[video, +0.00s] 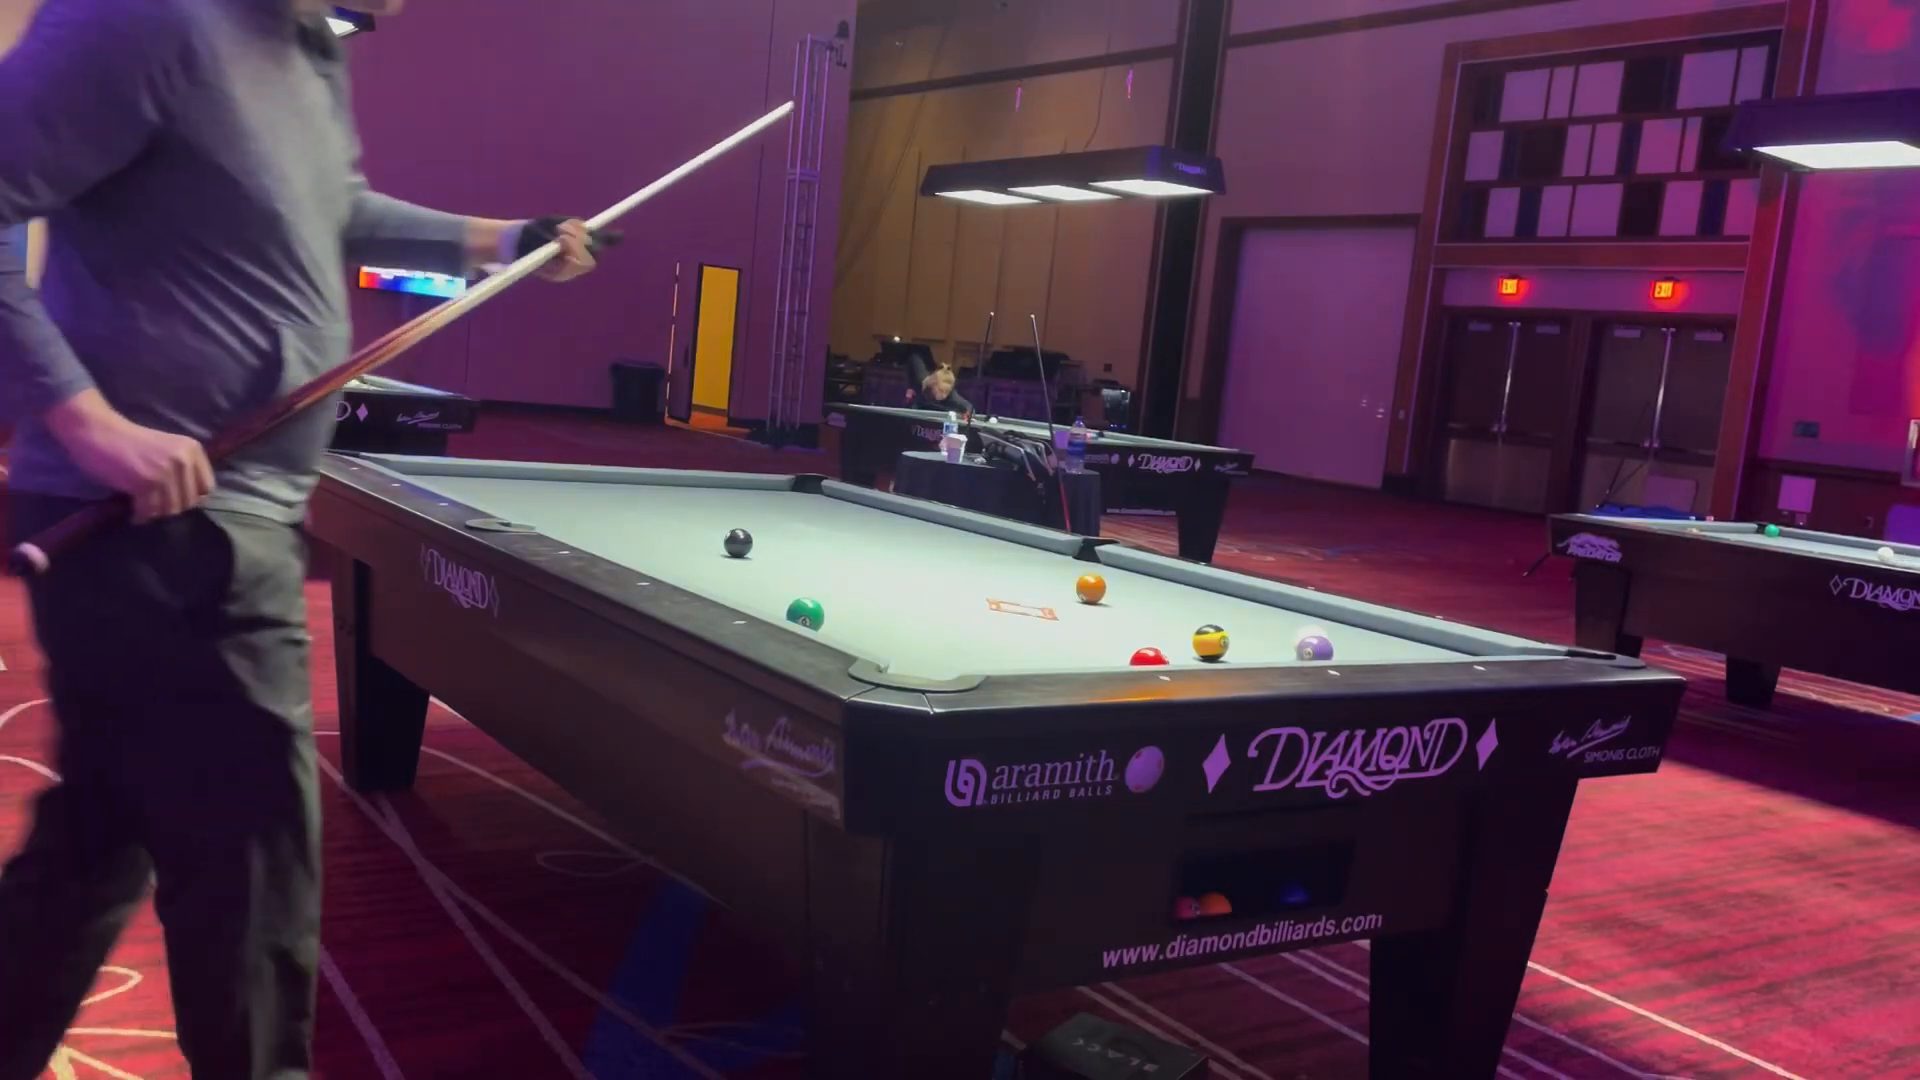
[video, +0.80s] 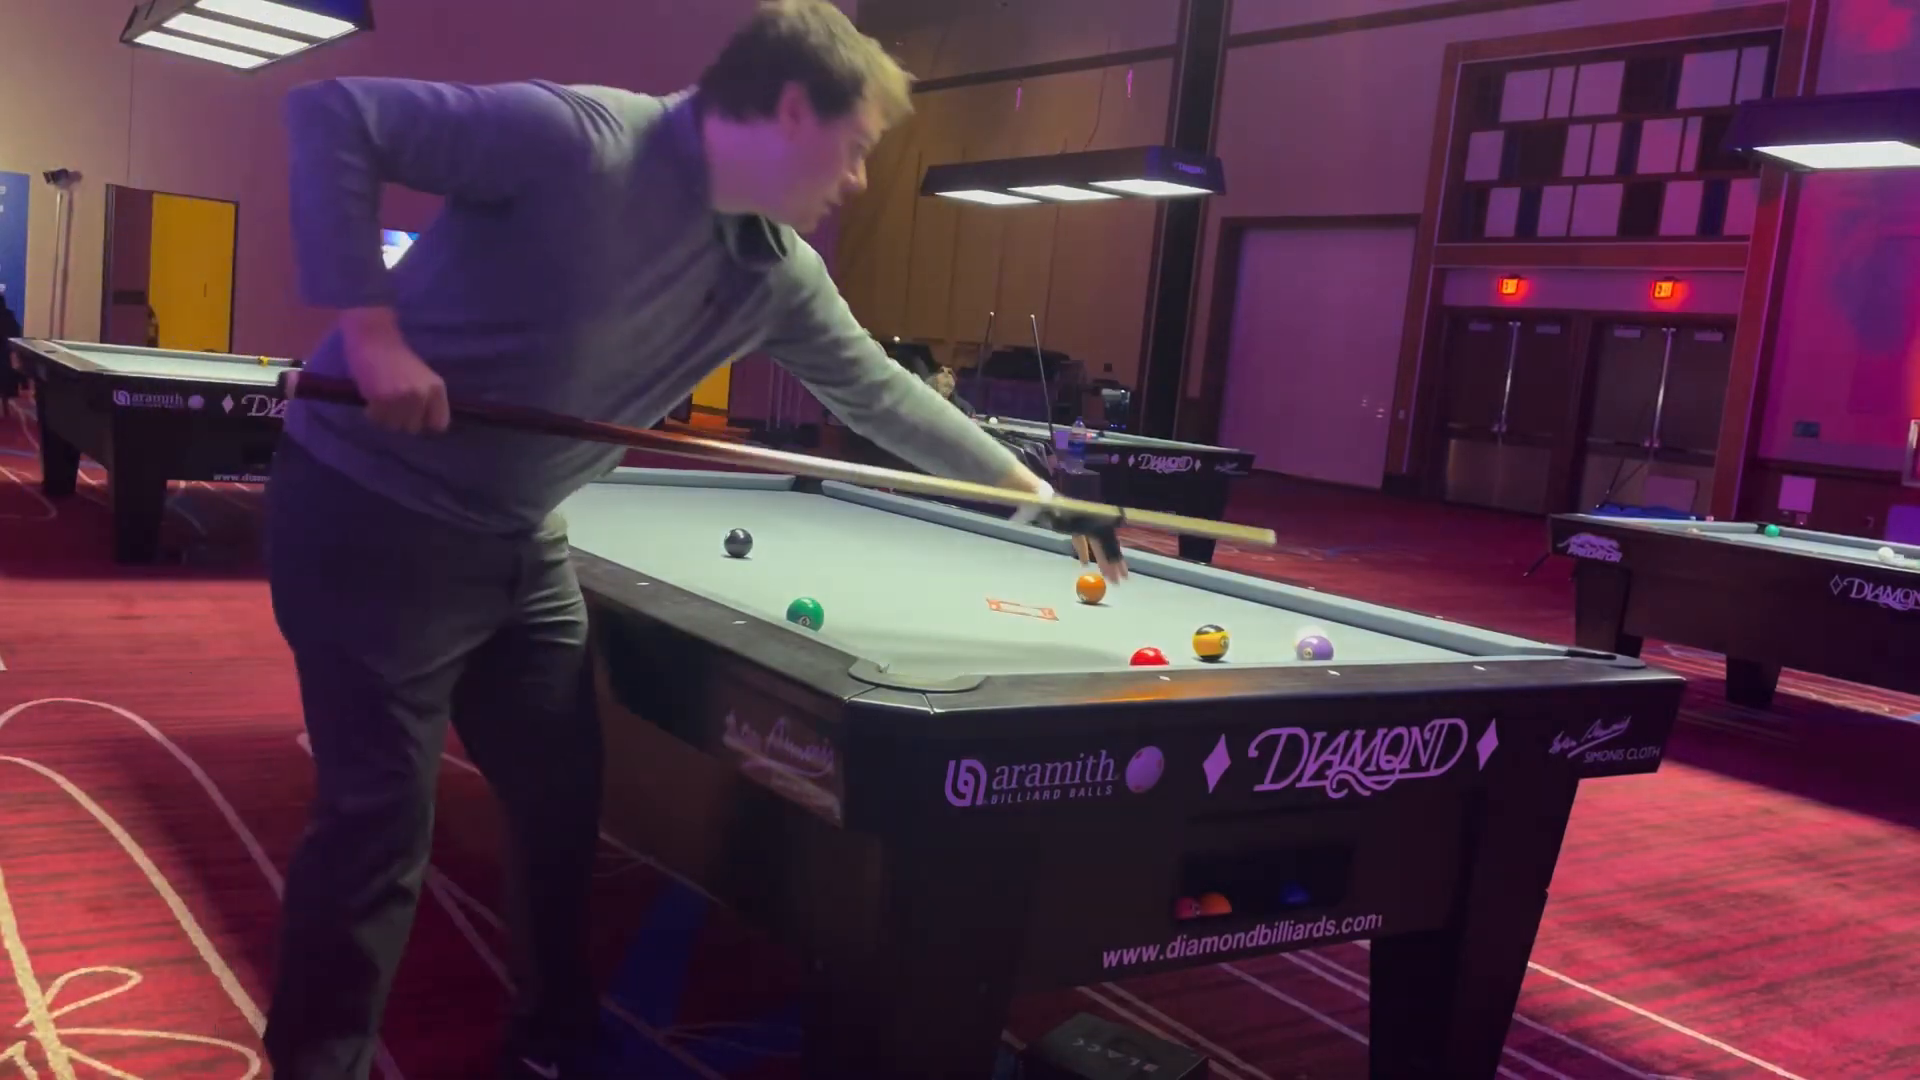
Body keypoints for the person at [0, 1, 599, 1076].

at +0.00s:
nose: (403, 1)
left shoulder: (309, 52)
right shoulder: (148, 22)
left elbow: (325, 210)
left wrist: (497, 240)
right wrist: (78, 414)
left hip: (231, 515)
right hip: (168, 521)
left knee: (92, 840)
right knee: (255, 866)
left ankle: (8, 1049)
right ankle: (263, 1064)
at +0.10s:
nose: (464, 2)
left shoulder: (372, 55)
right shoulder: (203, 31)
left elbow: (398, 207)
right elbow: (7, 188)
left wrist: (559, 236)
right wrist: (119, 416)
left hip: (292, 522)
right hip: (199, 524)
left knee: (212, 834)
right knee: (281, 869)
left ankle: (45, 1056)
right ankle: (267, 1066)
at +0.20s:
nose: (515, 10)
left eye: (516, 5)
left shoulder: (425, 62)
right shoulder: (252, 35)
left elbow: (474, 206)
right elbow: (28, 176)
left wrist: (642, 234)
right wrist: (163, 397)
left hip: (338, 518)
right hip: (231, 520)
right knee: (268, 869)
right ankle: (262, 1072)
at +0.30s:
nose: (576, 9)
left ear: (522, 4)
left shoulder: (492, 84)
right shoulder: (296, 33)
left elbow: (542, 209)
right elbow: (48, 142)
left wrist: (719, 242)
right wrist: (203, 354)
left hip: (382, 518)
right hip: (254, 518)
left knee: (444, 758)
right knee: (283, 857)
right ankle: (261, 1065)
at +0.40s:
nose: (639, 17)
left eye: (646, 5)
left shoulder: (550, 107)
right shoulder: (346, 43)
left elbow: (641, 236)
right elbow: (87, 133)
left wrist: (824, 284)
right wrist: (221, 343)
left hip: (416, 523)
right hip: (279, 520)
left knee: (470, 779)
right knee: (293, 863)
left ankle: (441, 1053)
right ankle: (262, 1071)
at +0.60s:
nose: (761, 80)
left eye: (771, 54)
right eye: (751, 45)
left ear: (682, 29)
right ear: (674, 13)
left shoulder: (683, 187)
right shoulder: (459, 91)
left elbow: (790, 303)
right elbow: (200, 127)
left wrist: (961, 380)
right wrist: (288, 333)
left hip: (490, 538)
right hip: (350, 525)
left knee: (535, 818)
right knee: (341, 861)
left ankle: (548, 1036)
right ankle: (276, 1062)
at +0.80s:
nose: (857, 181)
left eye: (867, 156)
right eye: (855, 147)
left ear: (797, 118)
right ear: (788, 106)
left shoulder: (774, 269)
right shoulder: (572, 140)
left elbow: (878, 388)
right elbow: (330, 113)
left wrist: (1037, 501)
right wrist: (365, 322)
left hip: (514, 536)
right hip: (370, 505)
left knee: (559, 800)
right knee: (378, 817)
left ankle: (554, 1032)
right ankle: (318, 1055)